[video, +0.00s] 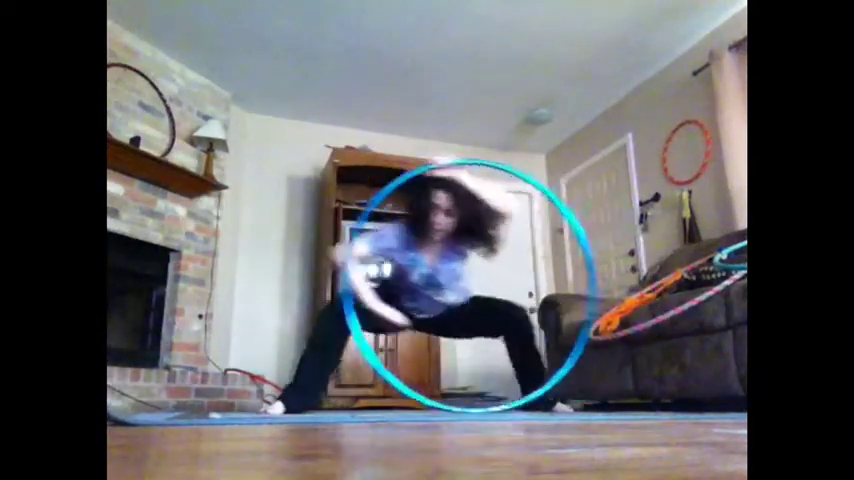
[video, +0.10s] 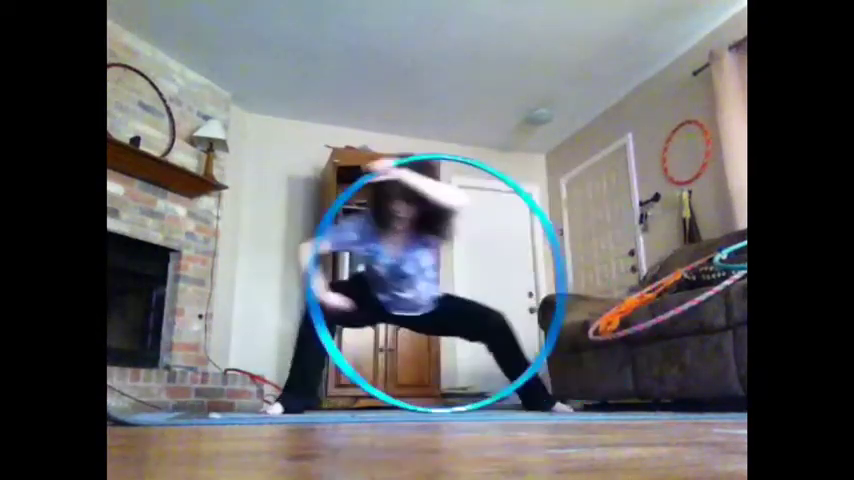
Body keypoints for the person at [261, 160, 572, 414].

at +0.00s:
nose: (439, 217)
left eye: (446, 211)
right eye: (433, 209)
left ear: (460, 215)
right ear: (420, 210)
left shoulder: (463, 246)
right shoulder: (399, 236)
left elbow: (506, 211)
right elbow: (345, 257)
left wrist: (462, 180)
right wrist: (377, 308)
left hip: (443, 312)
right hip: (393, 308)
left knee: (512, 317)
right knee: (338, 313)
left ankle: (540, 404)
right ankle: (295, 403)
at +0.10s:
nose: (399, 211)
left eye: (405, 206)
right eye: (393, 205)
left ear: (416, 209)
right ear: (382, 206)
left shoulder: (428, 235)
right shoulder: (365, 230)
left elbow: (455, 201)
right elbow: (310, 249)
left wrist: (399, 173)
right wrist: (321, 291)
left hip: (426, 308)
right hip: (375, 303)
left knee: (493, 324)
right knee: (318, 310)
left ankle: (541, 403)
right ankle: (296, 402)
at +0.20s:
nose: (372, 197)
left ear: (388, 188)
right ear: (360, 189)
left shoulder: (407, 217)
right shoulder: (342, 221)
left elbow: (425, 199)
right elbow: (292, 253)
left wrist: (365, 176)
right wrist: (294, 292)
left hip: (407, 300)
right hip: (356, 296)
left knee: (478, 331)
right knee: (310, 310)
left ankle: (539, 404)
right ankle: (295, 401)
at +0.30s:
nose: (337, 186)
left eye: (350, 179)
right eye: (333, 179)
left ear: (365, 179)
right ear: (326, 183)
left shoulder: (385, 200)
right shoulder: (315, 217)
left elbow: (405, 191)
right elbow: (276, 256)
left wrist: (344, 181)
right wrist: (265, 291)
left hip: (394, 293)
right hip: (343, 291)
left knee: (466, 339)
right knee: (301, 302)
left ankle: (539, 404)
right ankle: (295, 402)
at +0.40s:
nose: (306, 182)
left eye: (310, 172)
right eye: (297, 178)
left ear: (326, 165)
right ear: (290, 184)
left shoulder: (354, 183)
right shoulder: (295, 223)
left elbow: (398, 175)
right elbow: (258, 276)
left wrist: (340, 180)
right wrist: (278, 305)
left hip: (388, 283)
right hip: (338, 286)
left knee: (454, 340)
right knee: (292, 302)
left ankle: (536, 406)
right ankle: (293, 401)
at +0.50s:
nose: (282, 187)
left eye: (285, 176)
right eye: (275, 183)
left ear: (305, 166)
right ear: (272, 188)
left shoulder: (343, 174)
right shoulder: (288, 225)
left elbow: (401, 159)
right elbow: (264, 280)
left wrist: (354, 174)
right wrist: (300, 300)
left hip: (391, 275)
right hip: (343, 282)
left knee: (455, 336)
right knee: (291, 303)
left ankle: (535, 404)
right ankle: (294, 402)